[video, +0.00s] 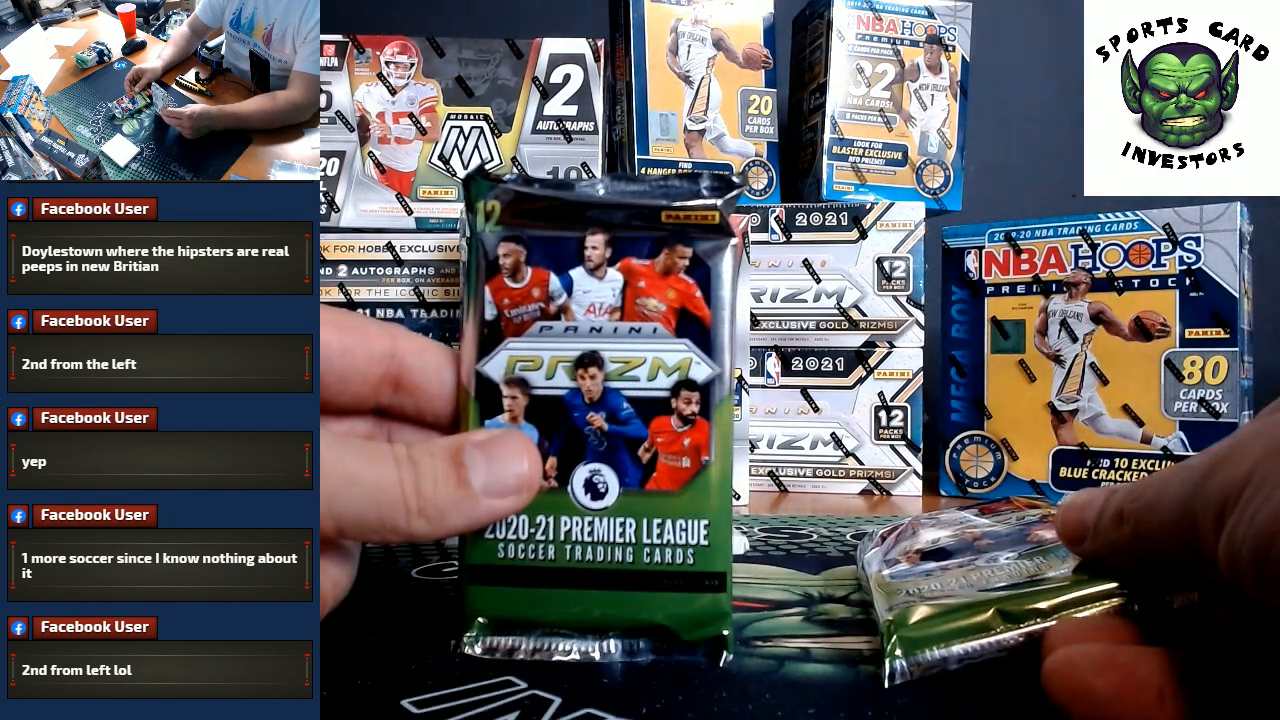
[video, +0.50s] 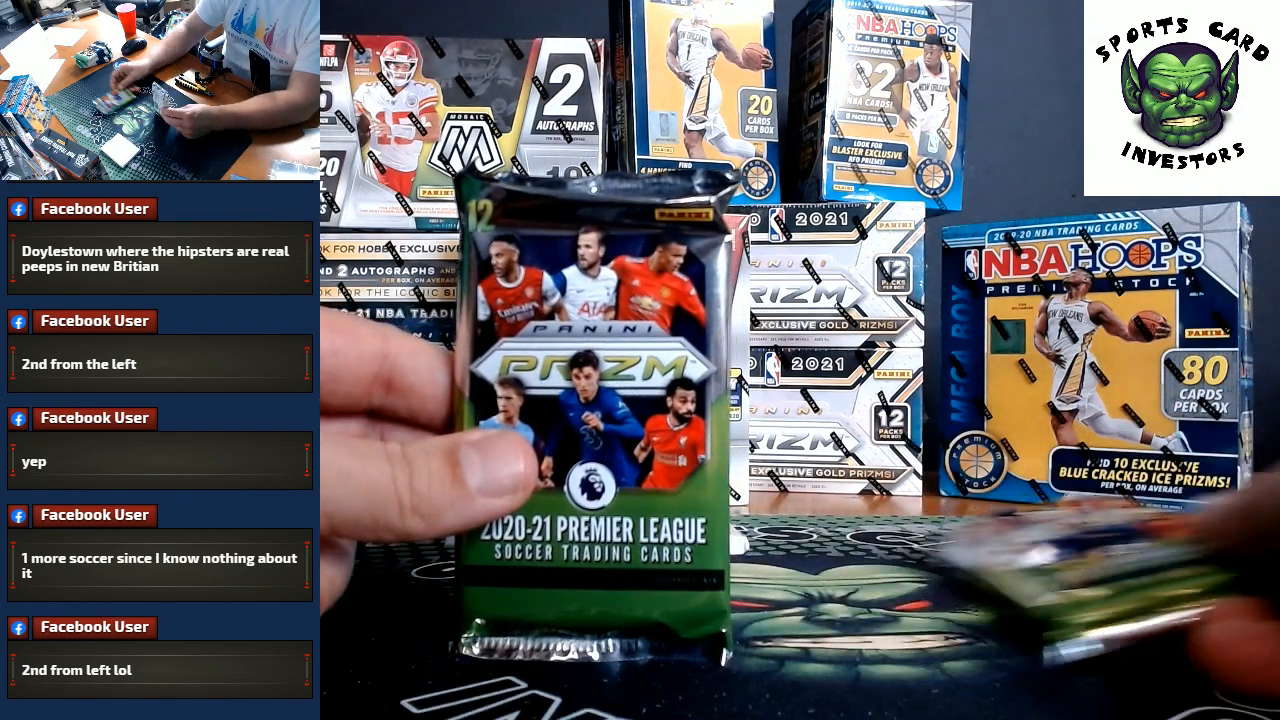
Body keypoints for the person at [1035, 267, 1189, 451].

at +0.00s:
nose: (1069, 273)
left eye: (1075, 272)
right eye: (1070, 271)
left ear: (1086, 282)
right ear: (1067, 282)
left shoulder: (1094, 308)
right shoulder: (1050, 304)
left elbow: (1125, 332)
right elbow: (1038, 335)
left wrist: (1158, 331)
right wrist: (1046, 351)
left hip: (1079, 364)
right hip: (1063, 366)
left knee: (1060, 421)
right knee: (1102, 425)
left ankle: (1079, 480)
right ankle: (1166, 443)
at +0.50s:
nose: (1069, 273)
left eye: (1076, 272)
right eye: (1070, 271)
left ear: (1086, 282)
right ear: (1067, 282)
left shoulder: (1094, 308)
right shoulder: (1049, 304)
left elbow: (1126, 332)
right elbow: (1038, 335)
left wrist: (1159, 331)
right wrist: (1046, 351)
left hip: (1079, 365)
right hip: (1064, 367)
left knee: (1060, 422)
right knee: (1102, 425)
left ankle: (1082, 480)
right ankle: (1165, 443)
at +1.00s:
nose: (1072, 288)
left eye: (1077, 284)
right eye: (1071, 283)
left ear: (1087, 286)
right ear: (1067, 284)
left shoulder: (1095, 308)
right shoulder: (1053, 304)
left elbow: (1125, 331)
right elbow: (1039, 335)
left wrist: (1155, 330)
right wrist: (1047, 350)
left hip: (1081, 365)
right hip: (1063, 366)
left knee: (1062, 417)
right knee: (1103, 424)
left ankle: (1077, 473)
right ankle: (1165, 442)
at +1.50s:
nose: (1072, 287)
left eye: (1077, 283)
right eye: (1071, 283)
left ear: (1087, 285)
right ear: (1067, 283)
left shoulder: (1095, 308)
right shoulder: (1053, 303)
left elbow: (1126, 331)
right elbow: (1039, 335)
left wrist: (1157, 330)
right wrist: (1047, 350)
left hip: (1081, 365)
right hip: (1063, 367)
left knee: (1062, 418)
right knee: (1104, 424)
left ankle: (1077, 473)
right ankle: (1165, 442)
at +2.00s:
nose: (1072, 288)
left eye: (1077, 284)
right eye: (1070, 283)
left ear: (1087, 286)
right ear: (1067, 283)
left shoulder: (1095, 308)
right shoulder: (1053, 303)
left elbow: (1126, 331)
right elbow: (1039, 335)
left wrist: (1156, 330)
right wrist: (1047, 350)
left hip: (1081, 365)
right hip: (1063, 366)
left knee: (1062, 418)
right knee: (1103, 424)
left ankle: (1077, 473)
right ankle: (1165, 442)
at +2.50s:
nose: (1072, 288)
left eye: (1077, 284)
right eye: (1071, 283)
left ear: (1087, 285)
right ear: (1067, 283)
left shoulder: (1095, 308)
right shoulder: (1053, 304)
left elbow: (1126, 331)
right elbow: (1039, 334)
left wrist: (1156, 329)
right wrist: (1047, 349)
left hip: (1081, 365)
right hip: (1064, 367)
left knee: (1062, 418)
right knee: (1103, 424)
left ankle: (1078, 473)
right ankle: (1165, 442)